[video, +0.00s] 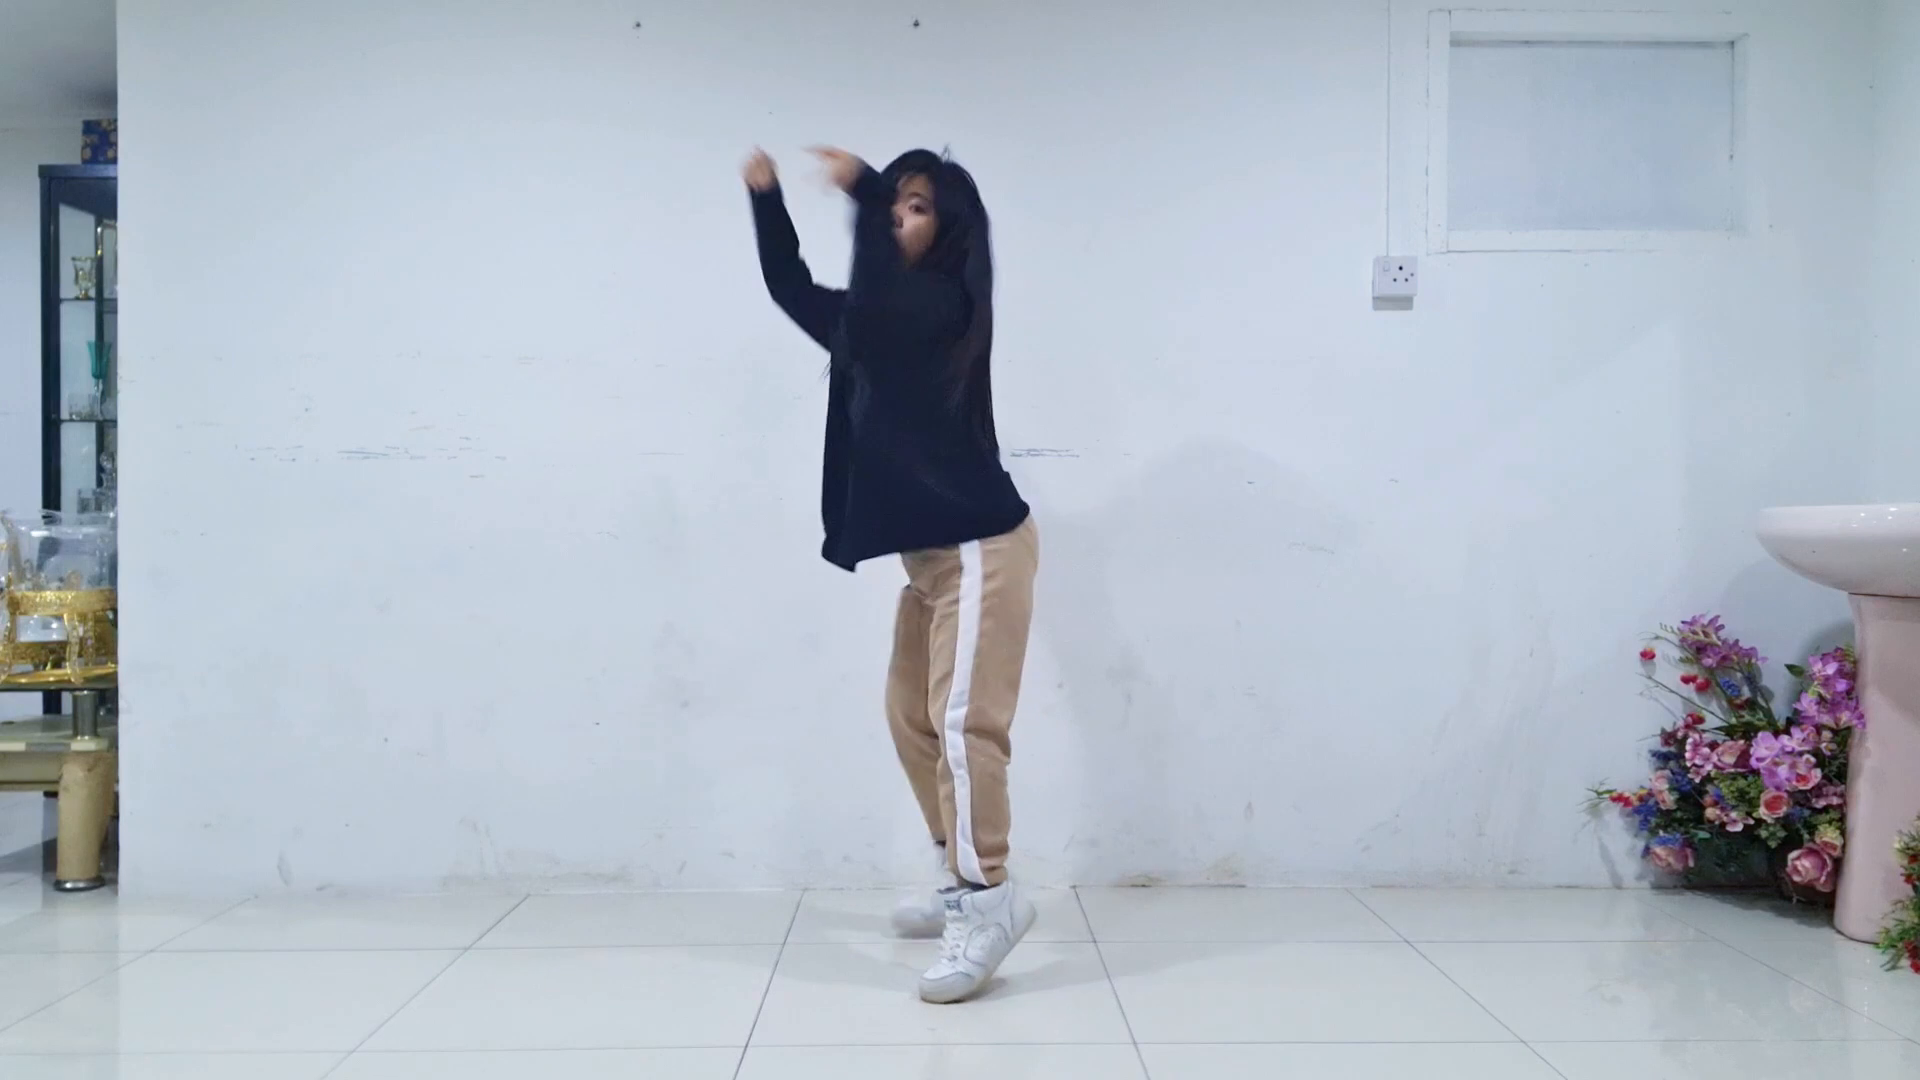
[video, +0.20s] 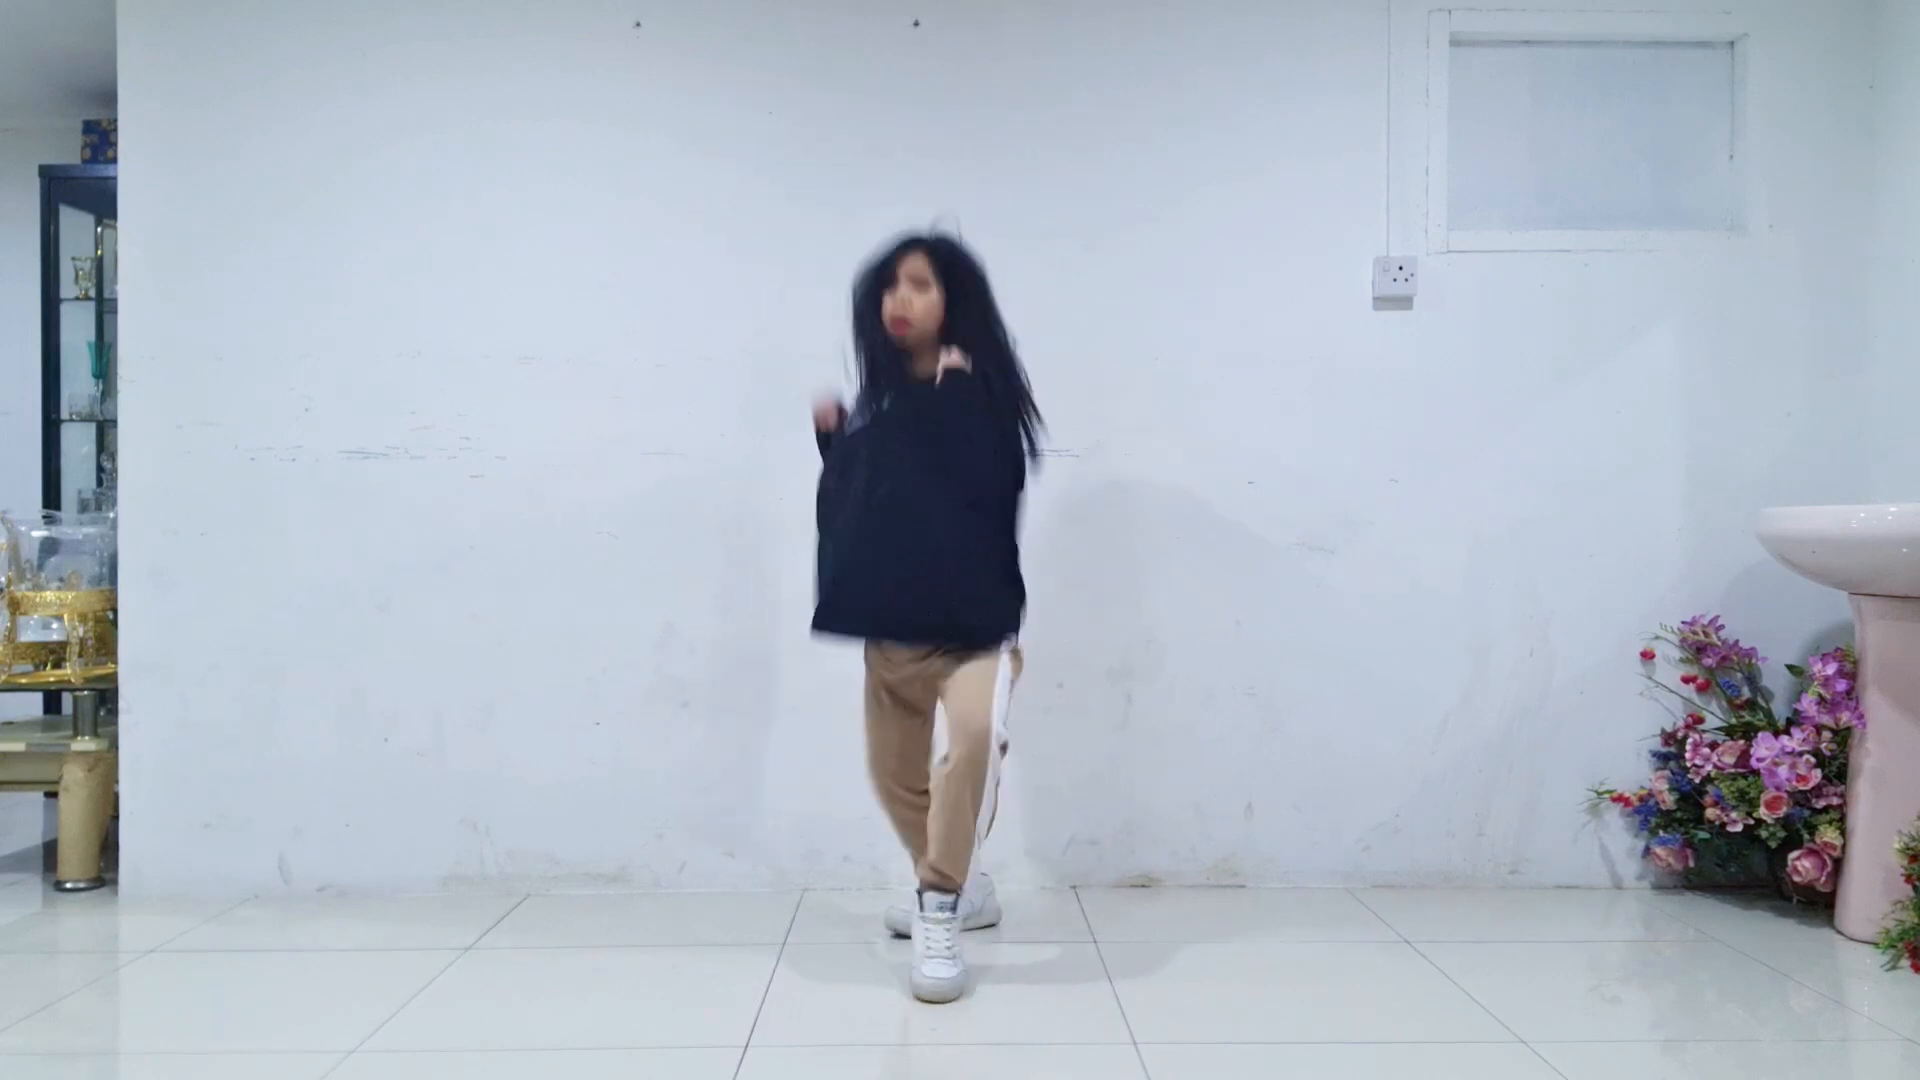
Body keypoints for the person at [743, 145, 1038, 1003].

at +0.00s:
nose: (902, 218)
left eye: (922, 205)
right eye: (893, 205)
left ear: (953, 224)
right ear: (879, 218)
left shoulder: (952, 296)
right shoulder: (865, 316)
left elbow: (883, 298)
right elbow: (788, 282)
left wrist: (866, 198)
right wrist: (766, 200)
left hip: (985, 547)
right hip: (928, 558)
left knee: (967, 719)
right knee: (913, 716)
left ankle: (990, 901)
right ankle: (963, 881)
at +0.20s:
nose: (901, 300)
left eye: (921, 286)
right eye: (892, 286)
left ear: (955, 304)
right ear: (877, 302)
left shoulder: (983, 393)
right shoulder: (877, 403)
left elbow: (993, 485)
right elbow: (853, 511)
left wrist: (958, 392)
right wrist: (834, 439)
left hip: (973, 630)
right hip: (892, 632)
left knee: (974, 743)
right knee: (898, 776)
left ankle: (938, 911)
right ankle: (951, 886)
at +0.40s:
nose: (923, 253)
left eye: (944, 240)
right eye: (914, 237)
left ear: (976, 257)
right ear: (898, 247)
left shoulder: (979, 343)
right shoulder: (888, 346)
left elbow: (931, 408)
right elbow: (828, 421)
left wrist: (854, 359)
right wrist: (752, 392)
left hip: (986, 545)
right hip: (922, 549)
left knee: (960, 705)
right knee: (923, 712)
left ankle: (1002, 889)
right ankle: (963, 873)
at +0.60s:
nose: (938, 259)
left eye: (958, 262)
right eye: (941, 245)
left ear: (979, 291)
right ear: (924, 250)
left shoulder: (974, 353)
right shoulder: (891, 364)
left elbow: (928, 412)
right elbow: (824, 419)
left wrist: (875, 350)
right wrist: (767, 377)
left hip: (968, 555)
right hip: (923, 565)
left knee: (957, 714)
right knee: (930, 724)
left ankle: (1000, 889)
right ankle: (971, 880)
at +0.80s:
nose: (919, 255)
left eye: (931, 240)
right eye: (903, 249)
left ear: (960, 252)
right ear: (888, 273)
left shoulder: (1000, 346)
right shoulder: (883, 372)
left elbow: (1051, 376)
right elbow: (879, 477)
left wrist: (996, 294)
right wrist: (808, 428)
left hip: (976, 585)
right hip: (892, 587)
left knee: (962, 739)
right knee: (912, 748)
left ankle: (965, 910)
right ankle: (948, 881)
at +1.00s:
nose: (895, 286)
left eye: (897, 268)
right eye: (876, 291)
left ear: (924, 269)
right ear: (871, 321)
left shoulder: (1002, 347)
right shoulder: (880, 385)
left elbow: (1027, 455)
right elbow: (863, 484)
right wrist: (858, 569)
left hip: (983, 571)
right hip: (899, 579)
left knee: (977, 689)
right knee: (908, 728)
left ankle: (983, 858)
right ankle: (935, 868)